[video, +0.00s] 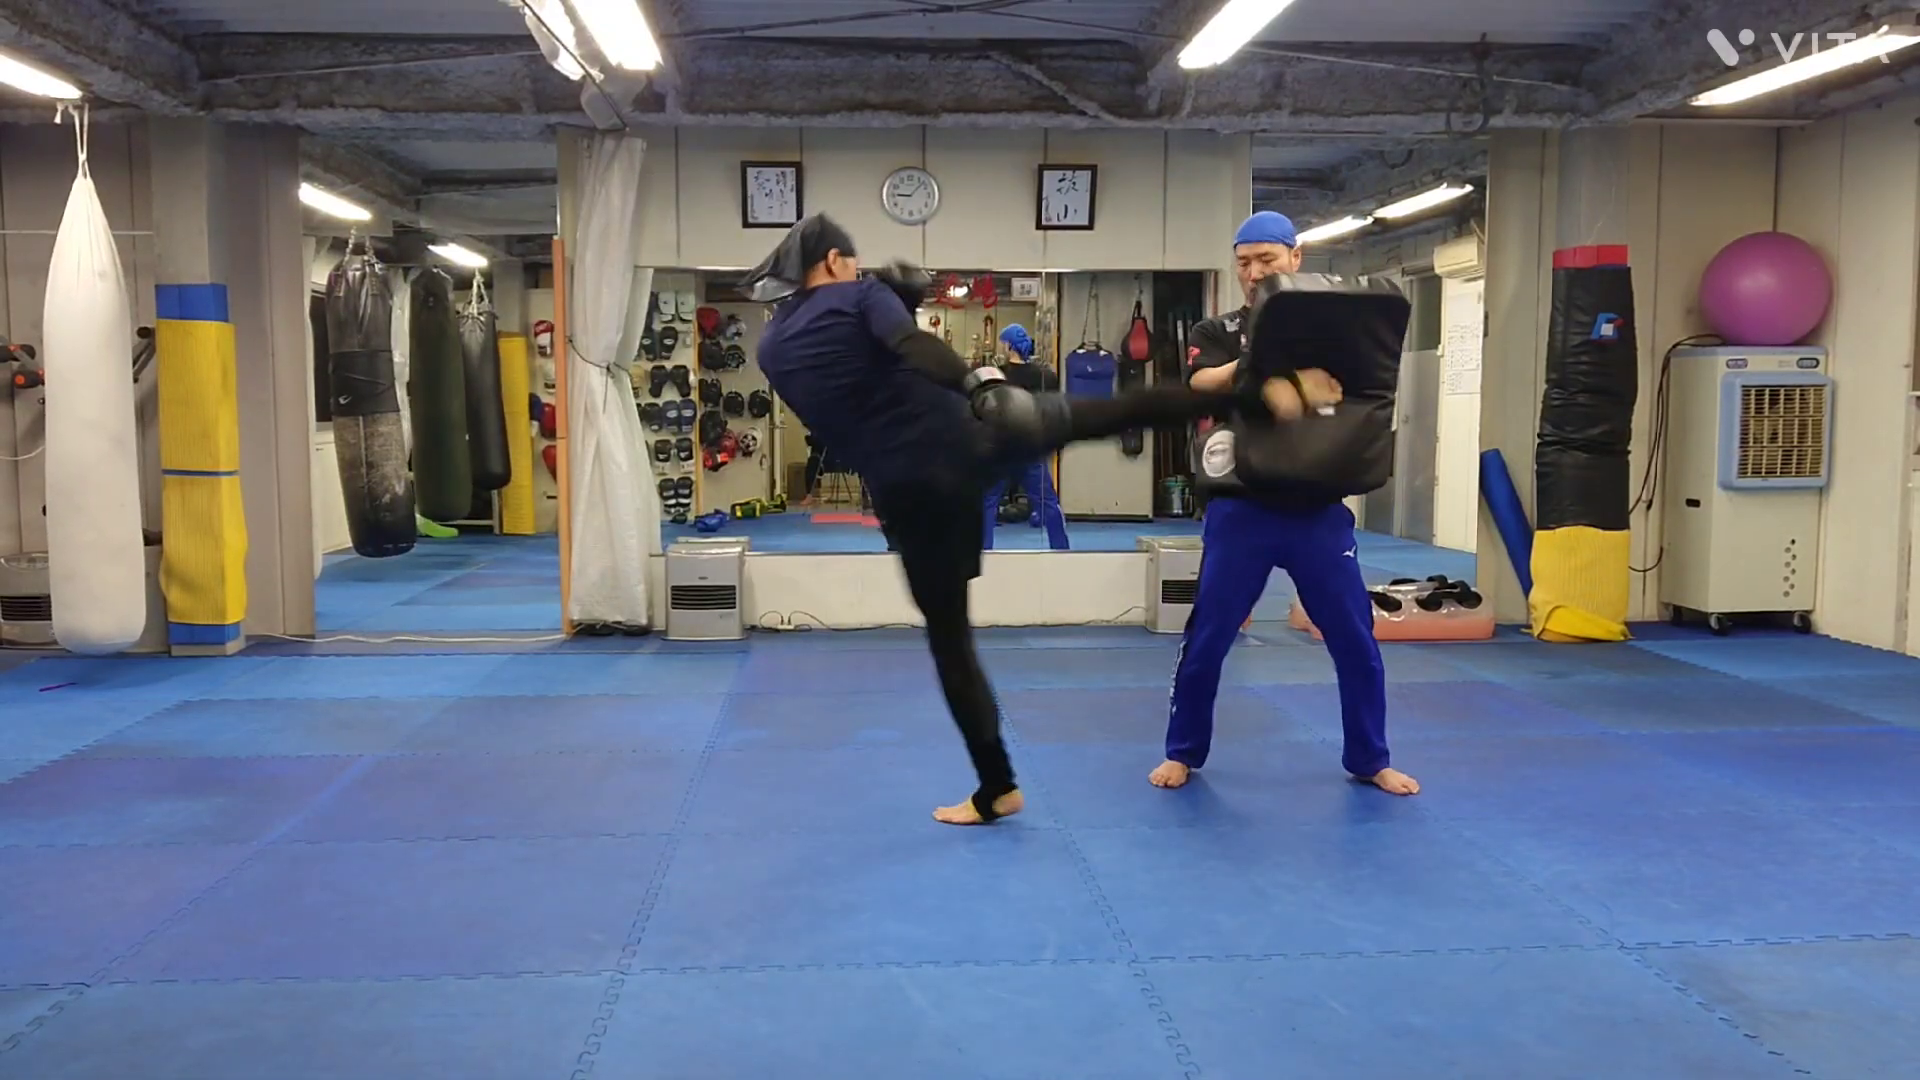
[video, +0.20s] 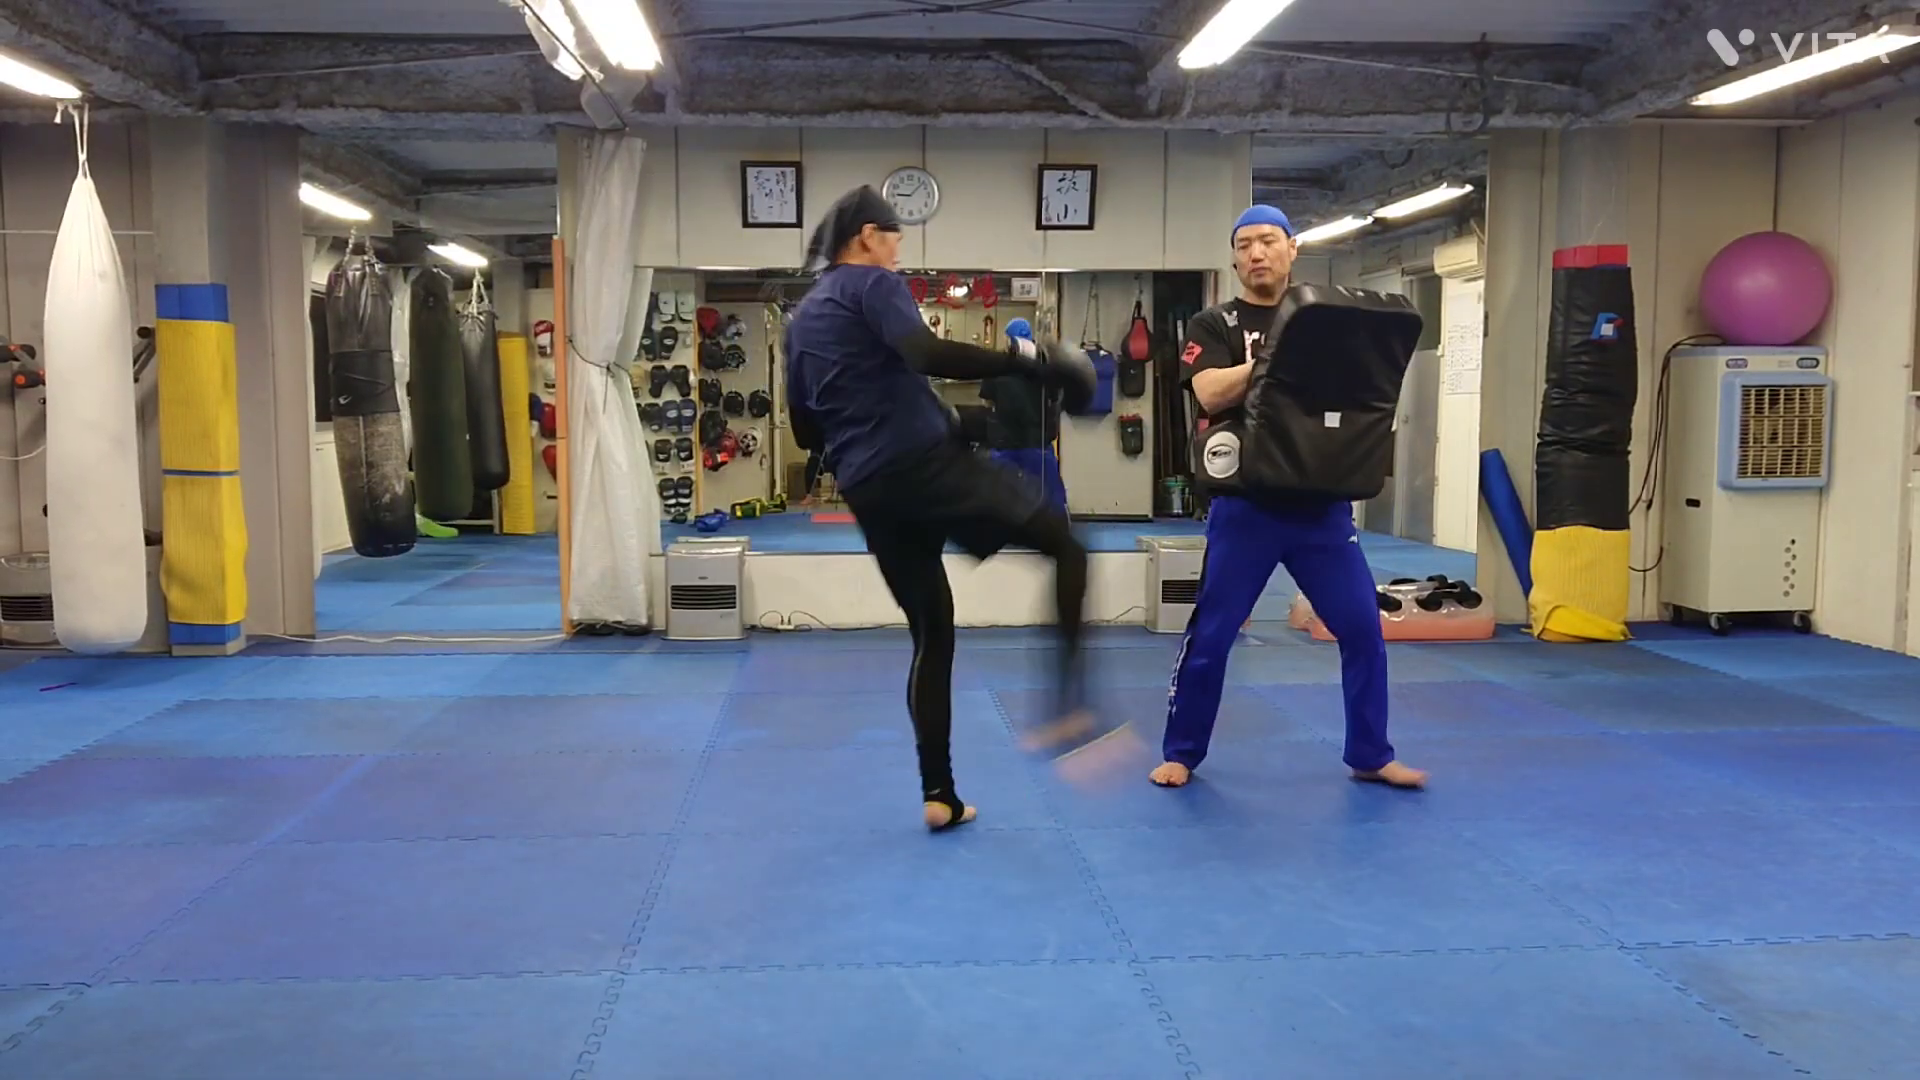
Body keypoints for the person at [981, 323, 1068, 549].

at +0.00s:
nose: (999, 349)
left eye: (1001, 344)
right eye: (1000, 344)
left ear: (1010, 346)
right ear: (1025, 345)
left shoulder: (996, 376)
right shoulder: (1046, 375)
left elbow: (985, 418)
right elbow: (1056, 413)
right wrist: (1054, 445)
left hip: (999, 449)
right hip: (1034, 448)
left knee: (989, 499)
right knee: (1046, 498)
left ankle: (984, 549)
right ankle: (1062, 549)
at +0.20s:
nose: (1007, 341)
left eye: (1007, 338)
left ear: (1009, 338)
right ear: (1031, 336)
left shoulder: (1000, 362)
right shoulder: (1045, 361)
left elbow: (986, 395)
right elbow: (1054, 397)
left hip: (1005, 436)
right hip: (1039, 436)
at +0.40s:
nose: (1015, 344)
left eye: (1016, 340)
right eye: (1016, 339)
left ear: (1022, 344)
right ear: (1043, 342)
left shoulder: (1010, 373)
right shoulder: (1060, 372)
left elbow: (999, 405)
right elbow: (1074, 406)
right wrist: (1058, 409)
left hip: (1015, 446)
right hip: (1051, 446)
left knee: (998, 500)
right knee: (1074, 497)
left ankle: (986, 552)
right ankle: (1089, 548)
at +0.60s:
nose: (1033, 346)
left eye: (1035, 341)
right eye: (1034, 341)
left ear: (1045, 344)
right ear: (1061, 343)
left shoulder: (1033, 372)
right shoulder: (1080, 373)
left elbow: (1020, 407)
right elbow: (1092, 409)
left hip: (1038, 448)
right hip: (1071, 447)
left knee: (1013, 501)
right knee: (1090, 499)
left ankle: (991, 549)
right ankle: (1107, 551)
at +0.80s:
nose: (1040, 343)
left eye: (1043, 339)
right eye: (1041, 338)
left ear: (1051, 342)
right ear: (1067, 342)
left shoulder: (1035, 372)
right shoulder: (1088, 374)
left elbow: (1023, 406)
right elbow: (1097, 410)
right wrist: (1080, 425)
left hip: (1039, 446)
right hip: (1073, 448)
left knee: (1019, 498)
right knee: (1091, 500)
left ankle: (1007, 550)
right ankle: (1106, 552)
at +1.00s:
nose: (1040, 346)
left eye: (1042, 342)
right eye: (1042, 342)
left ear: (1048, 347)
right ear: (1067, 348)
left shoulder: (1028, 373)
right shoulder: (1080, 374)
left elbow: (1020, 403)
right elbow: (1092, 405)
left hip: (1037, 451)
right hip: (1069, 450)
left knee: (1027, 509)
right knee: (1088, 501)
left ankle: (1024, 559)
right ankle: (1105, 551)